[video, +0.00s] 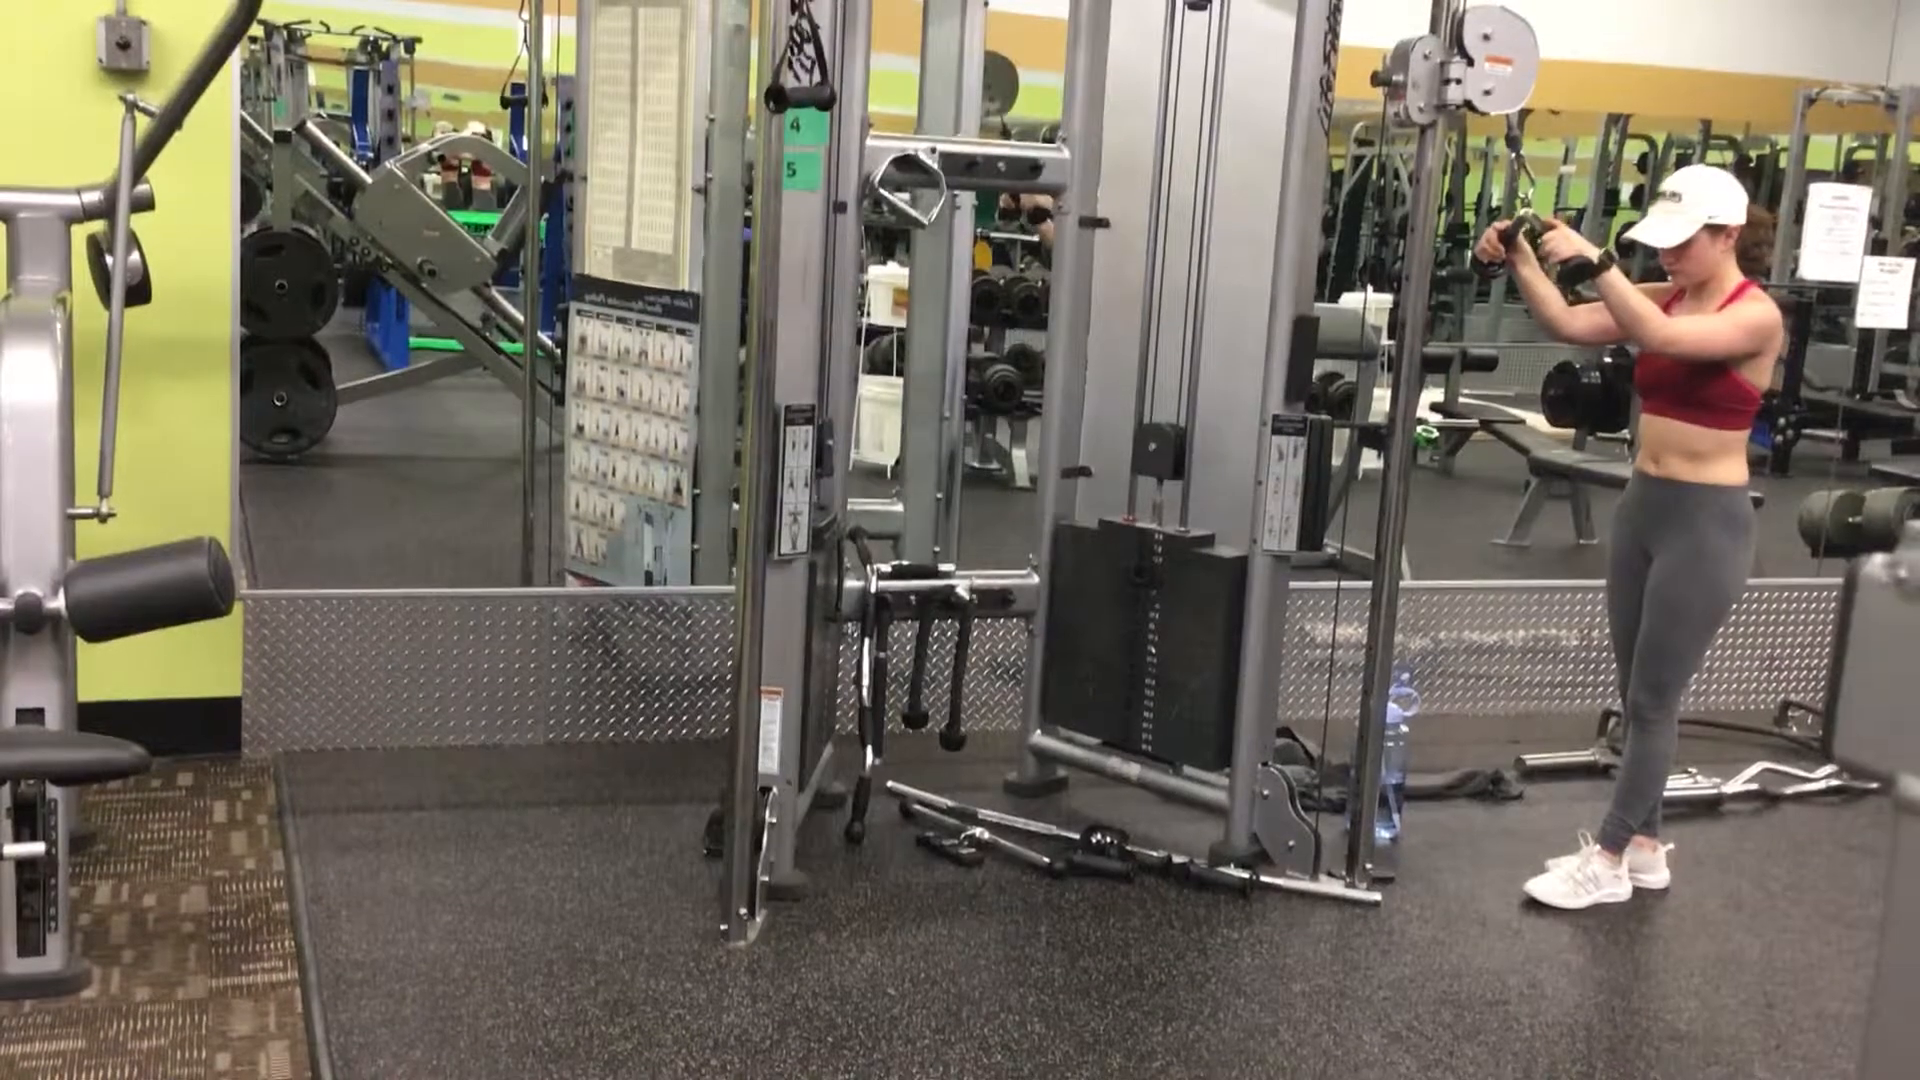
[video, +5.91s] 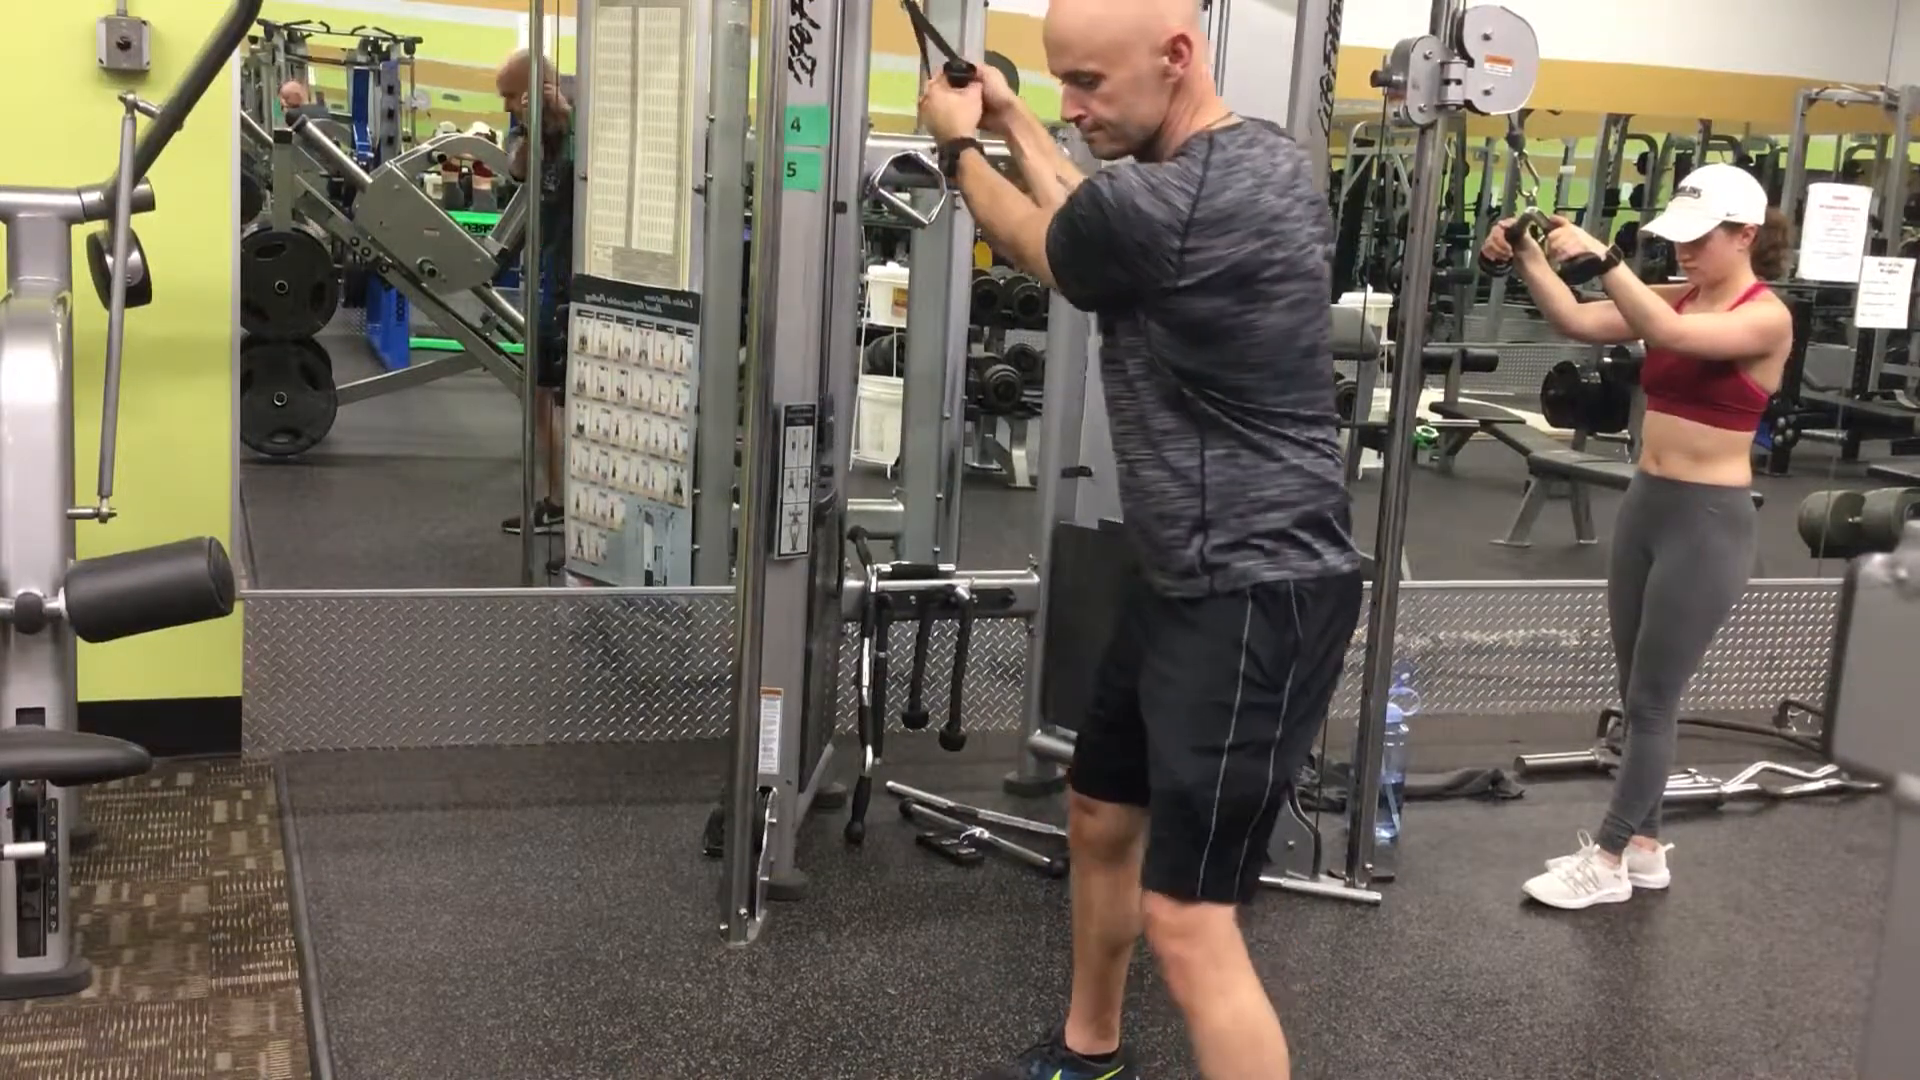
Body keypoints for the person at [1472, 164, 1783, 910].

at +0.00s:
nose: (1667, 255)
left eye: (1680, 241)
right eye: (1663, 243)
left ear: (1727, 235)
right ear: (1664, 241)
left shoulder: (1758, 315)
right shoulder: (1665, 299)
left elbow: (1661, 335)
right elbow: (1568, 322)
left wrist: (1593, 260)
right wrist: (1518, 261)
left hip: (1707, 523)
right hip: (1641, 508)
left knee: (1653, 700)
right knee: (1638, 691)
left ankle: (1607, 858)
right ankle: (1644, 844)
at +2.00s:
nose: (1673, 255)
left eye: (1686, 241)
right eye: (1668, 242)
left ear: (1735, 236)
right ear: (1669, 241)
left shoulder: (1763, 317)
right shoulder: (1669, 299)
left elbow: (1666, 335)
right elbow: (1571, 322)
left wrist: (1596, 259)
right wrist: (1521, 258)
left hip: (1708, 524)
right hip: (1640, 510)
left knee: (1652, 700)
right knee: (1639, 694)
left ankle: (1607, 858)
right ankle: (1644, 845)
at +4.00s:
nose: (1683, 252)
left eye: (1699, 238)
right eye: (1680, 239)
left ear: (1748, 236)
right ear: (1682, 238)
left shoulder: (1771, 318)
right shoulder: (1678, 300)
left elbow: (1673, 330)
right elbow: (1584, 317)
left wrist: (1604, 256)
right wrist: (1527, 257)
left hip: (1709, 523)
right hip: (1642, 509)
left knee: (1652, 698)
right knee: (1639, 692)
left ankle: (1605, 859)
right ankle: (1646, 846)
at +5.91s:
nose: (1681, 253)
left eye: (1696, 239)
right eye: (1677, 240)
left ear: (1745, 236)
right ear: (1678, 239)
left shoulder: (1768, 317)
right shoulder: (1675, 300)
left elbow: (1669, 330)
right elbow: (1578, 319)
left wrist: (1602, 257)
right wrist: (1525, 256)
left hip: (1709, 523)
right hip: (1642, 508)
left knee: (1652, 699)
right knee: (1639, 693)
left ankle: (1606, 859)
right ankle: (1646, 846)